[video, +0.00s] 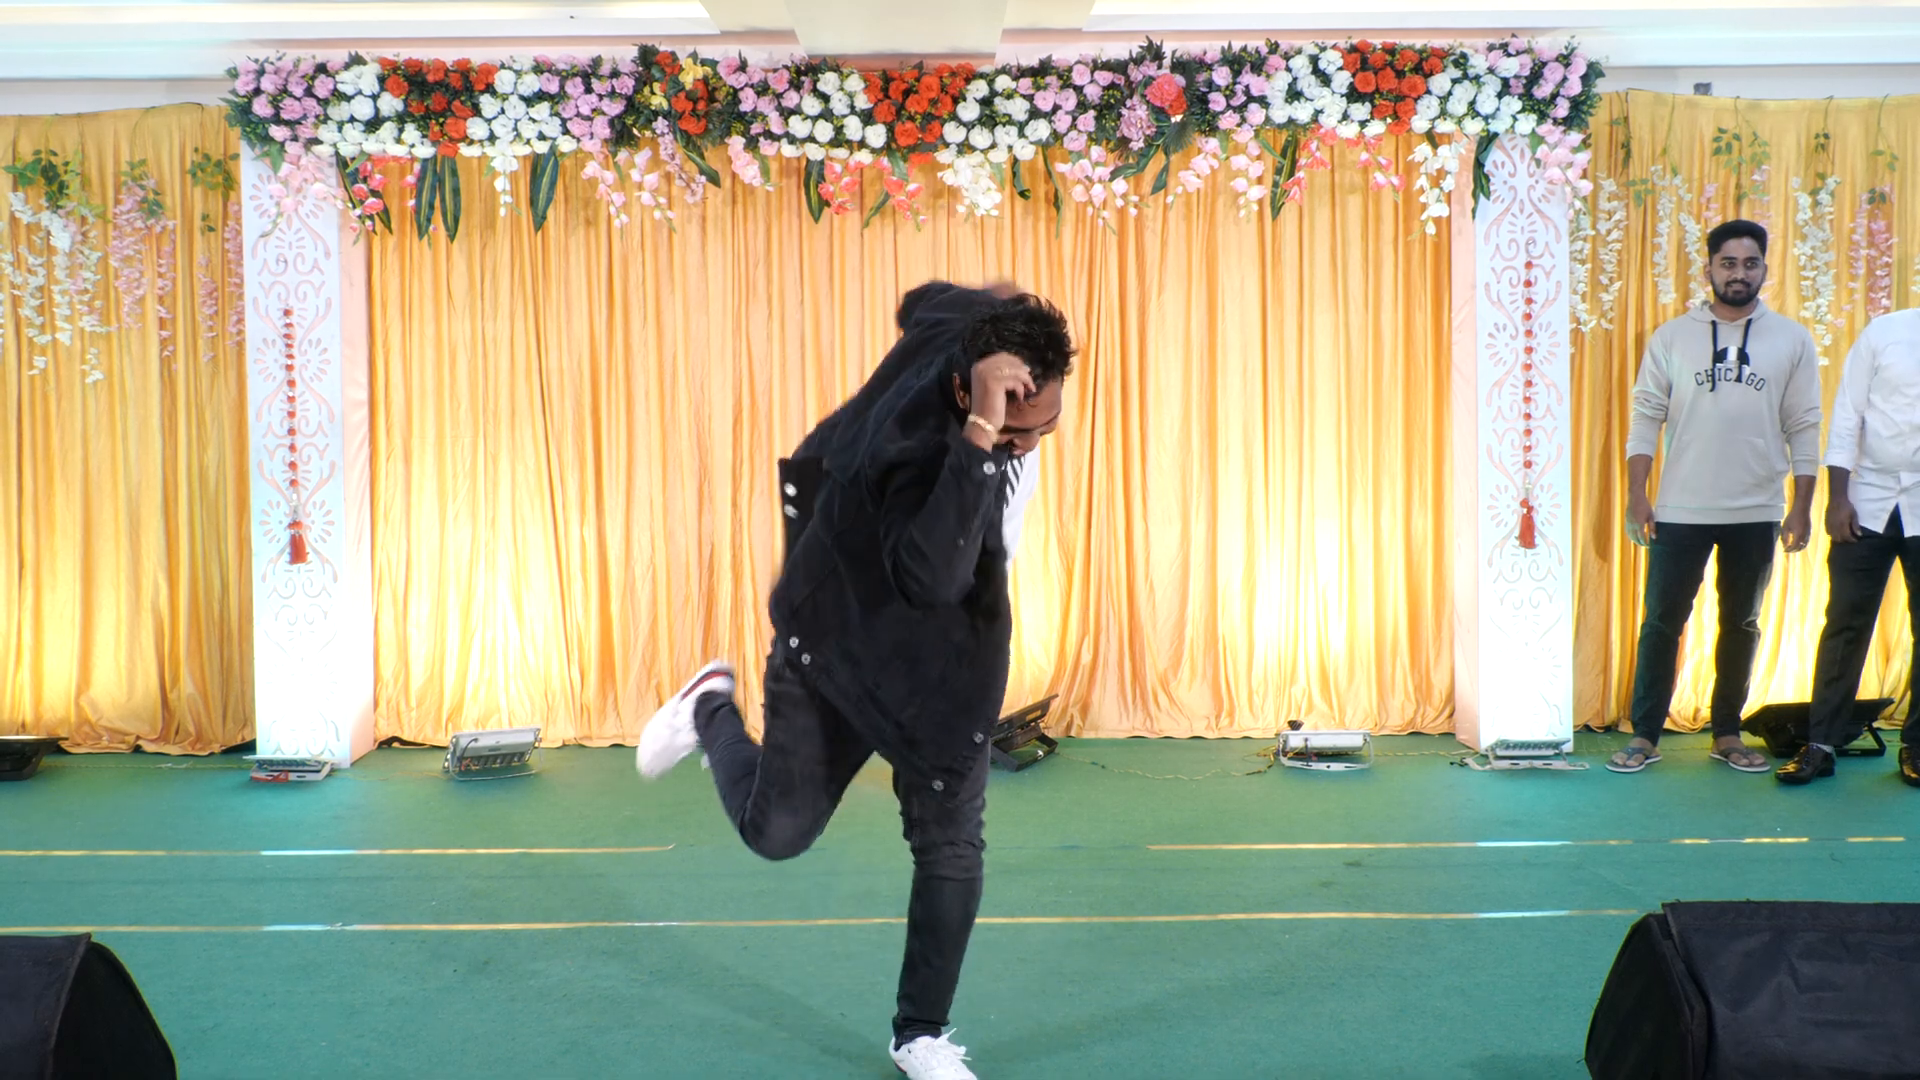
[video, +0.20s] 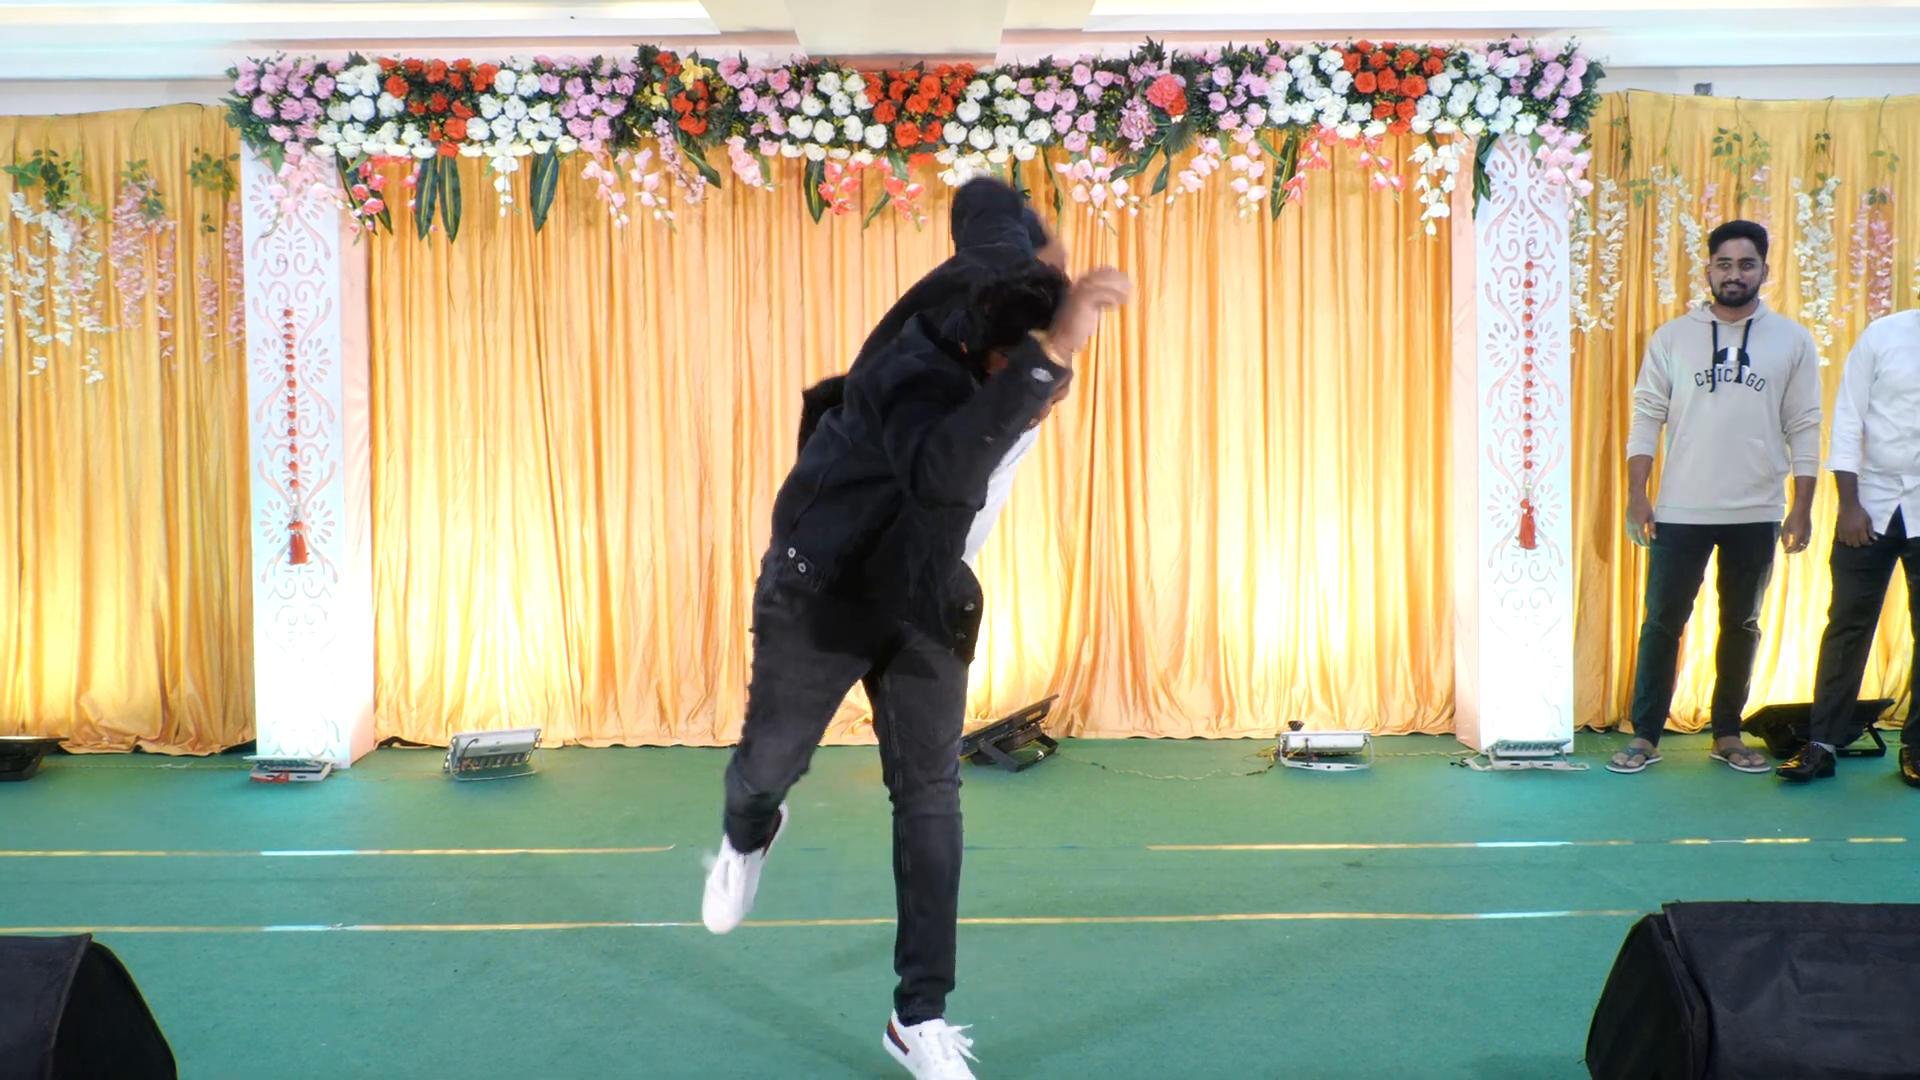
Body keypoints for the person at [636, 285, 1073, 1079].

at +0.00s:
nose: (1042, 436)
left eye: (1051, 420)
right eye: (1029, 422)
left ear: (1055, 383)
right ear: (973, 395)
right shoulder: (912, 445)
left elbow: (929, 301)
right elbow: (936, 576)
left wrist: (994, 306)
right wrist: (975, 444)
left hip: (944, 667)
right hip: (835, 648)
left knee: (951, 846)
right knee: (778, 831)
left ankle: (922, 1033)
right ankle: (707, 709)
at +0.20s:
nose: (1014, 383)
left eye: (1025, 369)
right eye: (1008, 365)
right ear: (979, 341)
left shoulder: (1002, 294)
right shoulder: (909, 365)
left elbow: (983, 196)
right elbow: (946, 471)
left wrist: (1041, 251)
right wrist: (1050, 360)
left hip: (928, 600)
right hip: (819, 589)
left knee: (930, 798)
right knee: (762, 774)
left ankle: (921, 1014)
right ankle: (744, 844)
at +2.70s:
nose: (965, 279)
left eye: (971, 259)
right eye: (946, 262)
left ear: (977, 254)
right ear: (882, 259)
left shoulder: (985, 360)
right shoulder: (799, 341)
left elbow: (1036, 474)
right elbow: (746, 509)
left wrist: (1087, 589)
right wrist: (685, 651)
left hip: (912, 654)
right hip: (791, 654)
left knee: (893, 851)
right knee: (774, 857)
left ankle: (886, 1060)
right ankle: (753, 1066)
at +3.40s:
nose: (858, 247)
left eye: (860, 230)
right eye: (836, 234)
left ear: (858, 233)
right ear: (773, 248)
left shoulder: (896, 325)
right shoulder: (696, 352)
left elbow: (1020, 326)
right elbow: (625, 483)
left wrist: (1114, 273)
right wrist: (619, 624)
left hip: (874, 629)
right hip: (757, 642)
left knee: (903, 819)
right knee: (791, 819)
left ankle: (928, 1022)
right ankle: (813, 1006)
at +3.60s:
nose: (857, 252)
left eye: (860, 235)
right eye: (836, 239)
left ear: (860, 235)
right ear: (773, 247)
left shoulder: (890, 321)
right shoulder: (697, 350)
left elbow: (1015, 320)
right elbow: (615, 467)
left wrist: (986, 226)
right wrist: (699, 533)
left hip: (873, 611)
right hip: (760, 627)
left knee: (908, 793)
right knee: (792, 808)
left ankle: (905, 960)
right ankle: (815, 1006)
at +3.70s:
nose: (867, 261)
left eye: (870, 244)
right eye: (848, 245)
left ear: (872, 243)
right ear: (785, 249)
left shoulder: (884, 317)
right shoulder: (716, 345)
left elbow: (999, 296)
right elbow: (629, 459)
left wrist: (923, 220)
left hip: (874, 613)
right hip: (770, 630)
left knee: (891, 781)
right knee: (790, 806)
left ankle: (866, 934)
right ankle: (812, 1004)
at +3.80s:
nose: (878, 269)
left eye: (883, 252)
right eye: (860, 253)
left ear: (881, 252)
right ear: (809, 251)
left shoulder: (889, 319)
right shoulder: (744, 327)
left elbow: (976, 278)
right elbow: (686, 394)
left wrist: (898, 223)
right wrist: (783, 285)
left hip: (869, 615)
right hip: (780, 624)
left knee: (861, 781)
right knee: (791, 803)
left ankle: (845, 928)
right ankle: (809, 1002)